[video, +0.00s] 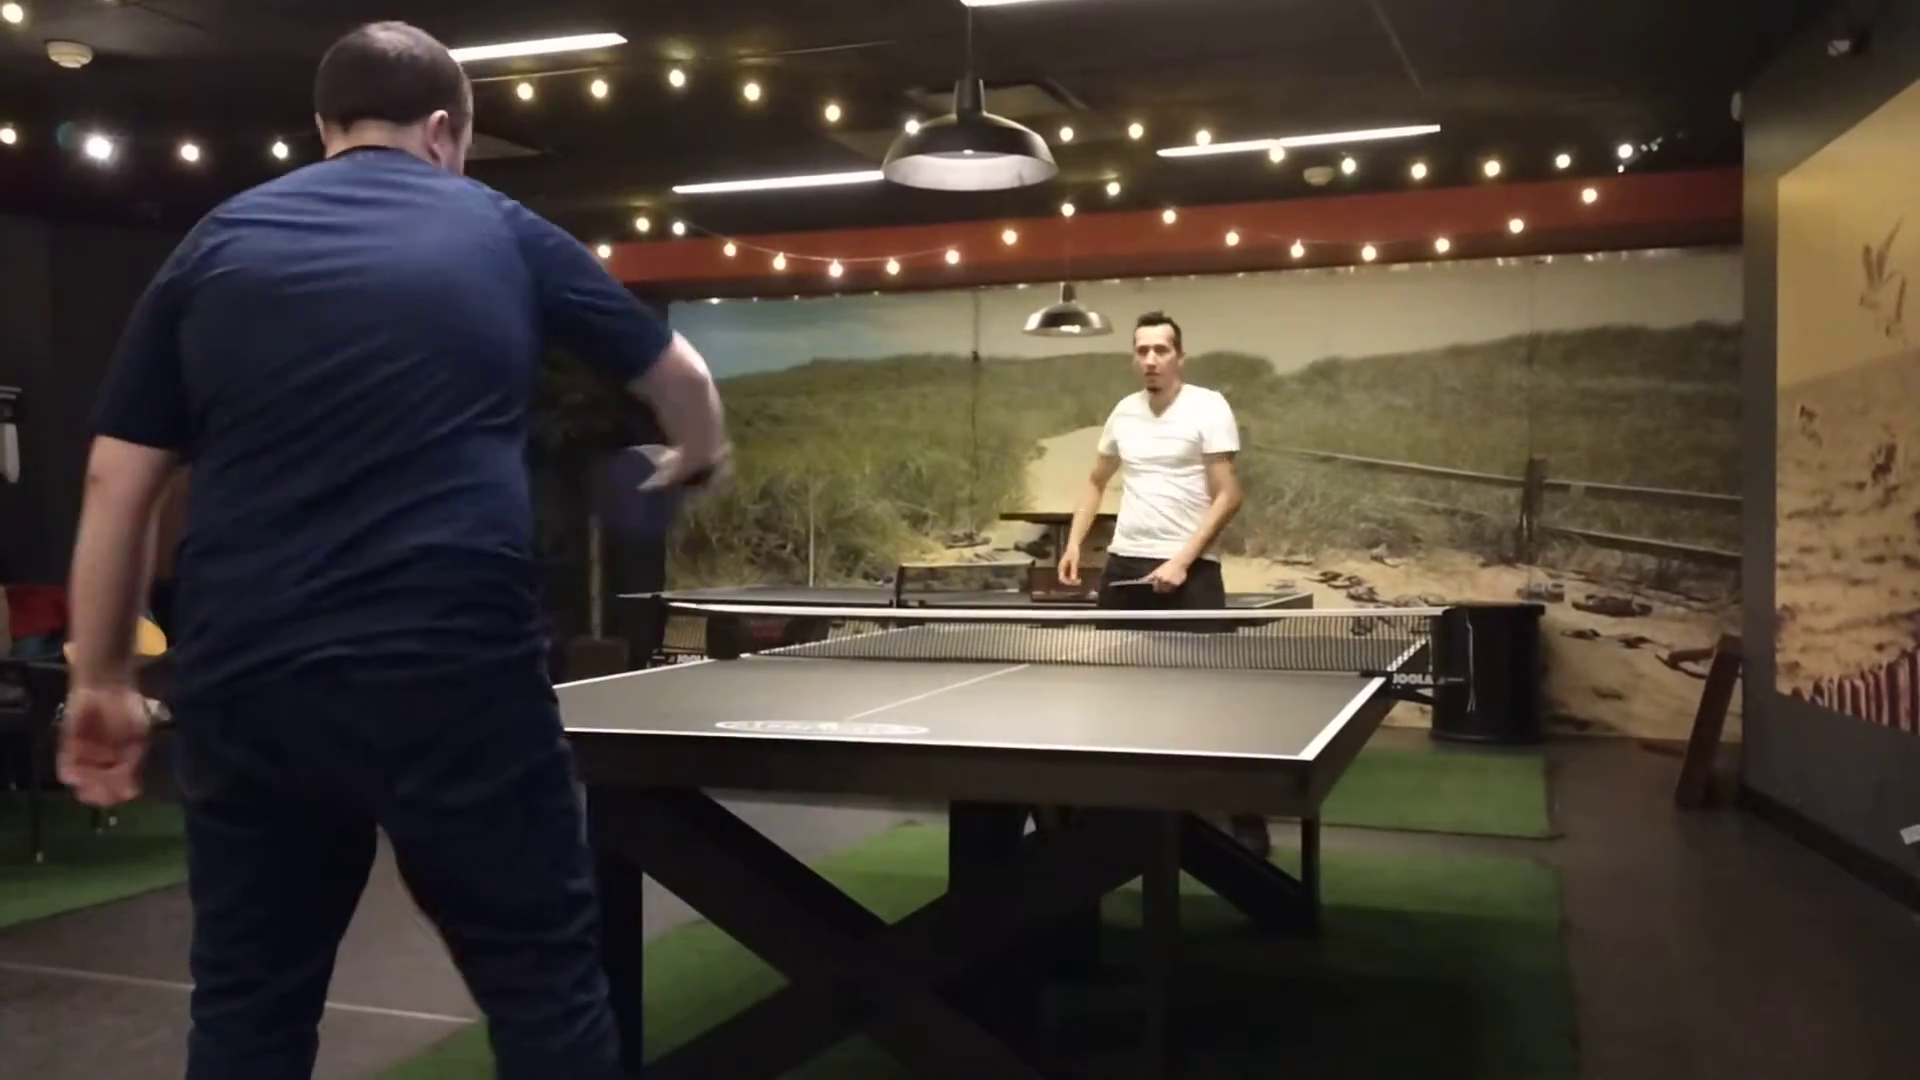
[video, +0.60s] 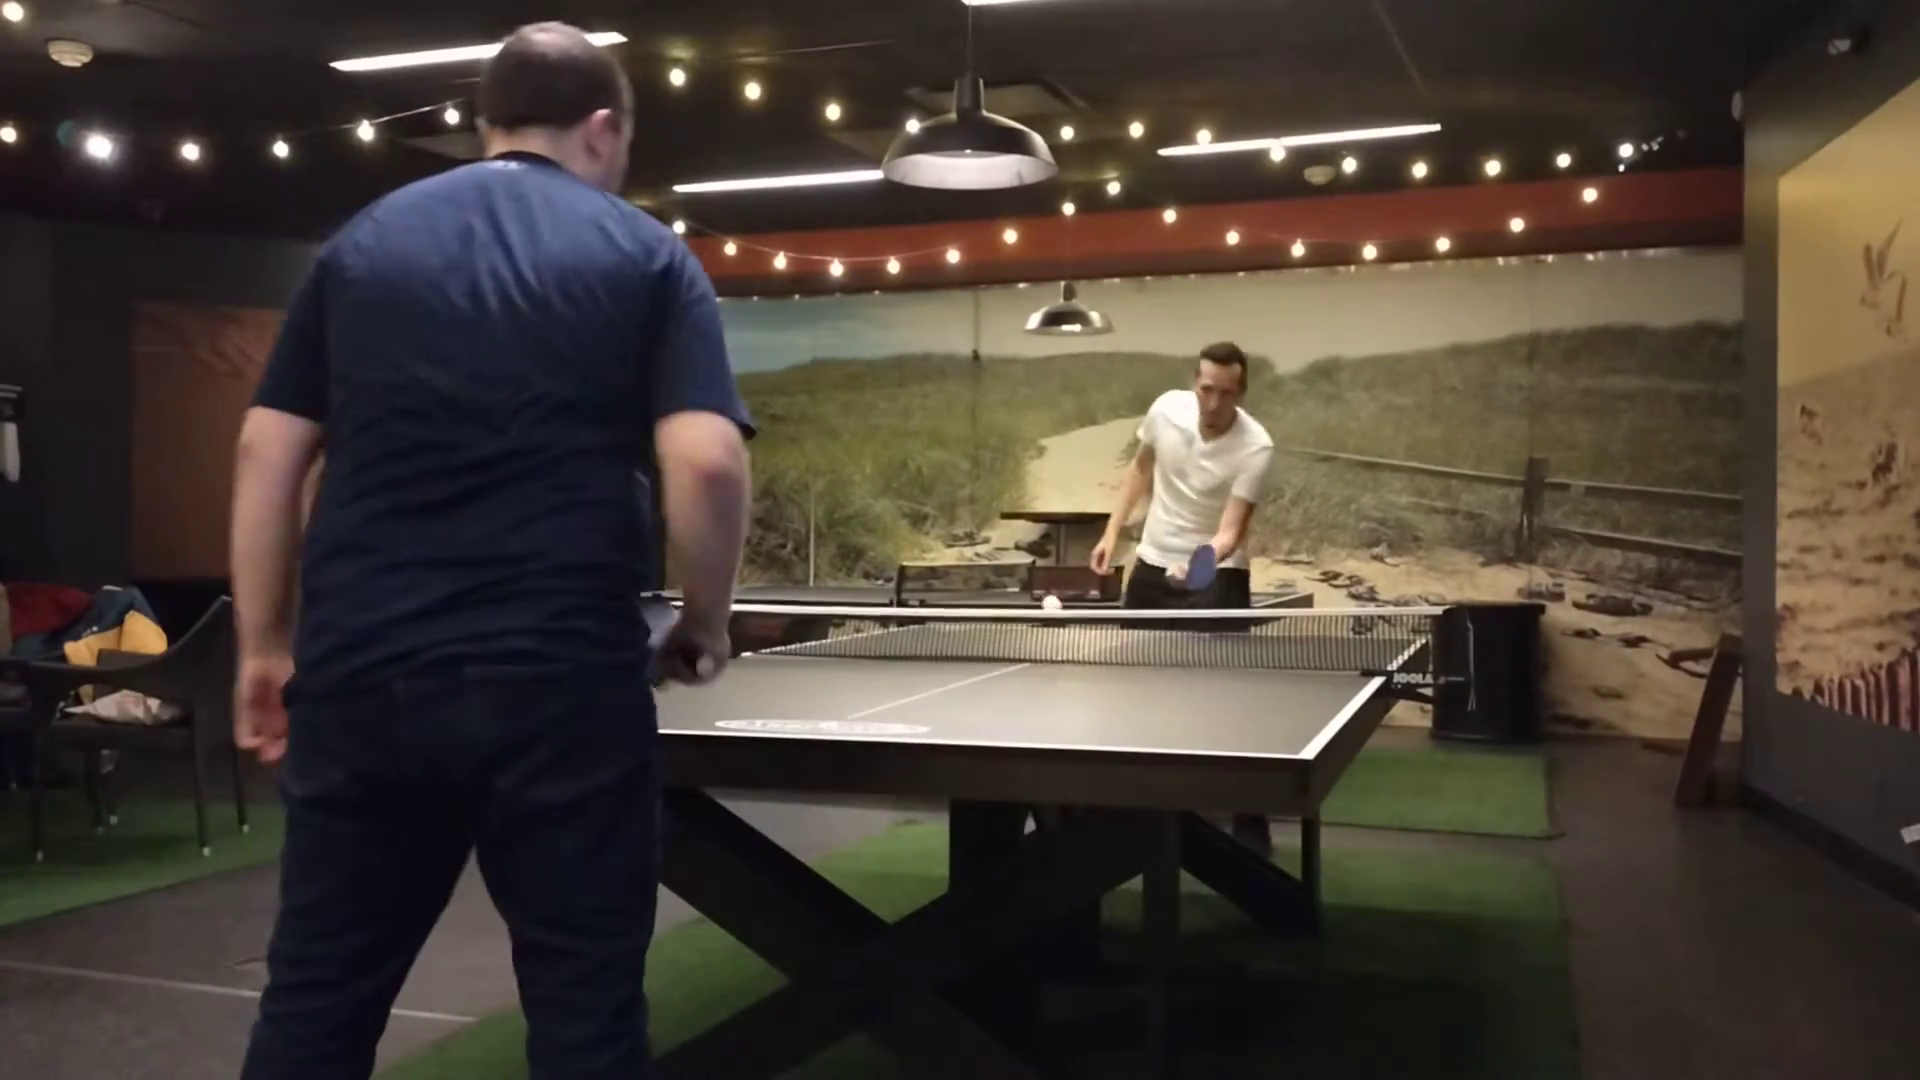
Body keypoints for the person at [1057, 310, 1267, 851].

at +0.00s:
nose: (1150, 359)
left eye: (1160, 350)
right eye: (1142, 350)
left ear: (1179, 356)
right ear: (1133, 358)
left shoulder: (1208, 407)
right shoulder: (1123, 414)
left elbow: (1228, 495)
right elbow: (1096, 482)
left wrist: (1183, 559)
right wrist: (1073, 544)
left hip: (1190, 573)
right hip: (1125, 571)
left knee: (1213, 692)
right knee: (1117, 688)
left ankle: (1246, 827)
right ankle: (1113, 818)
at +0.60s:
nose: (1212, 401)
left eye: (1224, 393)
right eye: (1205, 389)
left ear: (1241, 393)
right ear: (1194, 382)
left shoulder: (1254, 447)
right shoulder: (1168, 410)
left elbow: (1232, 530)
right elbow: (1141, 470)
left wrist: (1197, 565)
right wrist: (1111, 533)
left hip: (1216, 577)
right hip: (1152, 569)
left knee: (1227, 691)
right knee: (1130, 681)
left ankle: (1247, 827)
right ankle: (1119, 810)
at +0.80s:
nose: (1239, 400)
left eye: (1252, 392)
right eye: (1233, 387)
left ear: (1271, 391)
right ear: (1222, 379)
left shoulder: (1285, 445)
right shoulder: (1192, 407)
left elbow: (1262, 535)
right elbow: (1168, 464)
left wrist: (1216, 563)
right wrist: (1143, 534)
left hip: (1238, 573)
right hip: (1172, 562)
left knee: (1238, 690)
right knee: (1142, 676)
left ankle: (1250, 820)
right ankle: (1132, 807)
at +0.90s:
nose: (1251, 385)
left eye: (1264, 376)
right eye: (1245, 371)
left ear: (1282, 377)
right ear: (1232, 365)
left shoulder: (1297, 433)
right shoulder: (1201, 397)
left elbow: (1291, 528)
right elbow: (1175, 464)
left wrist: (1236, 570)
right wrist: (1155, 533)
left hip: (1248, 574)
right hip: (1176, 563)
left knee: (1244, 691)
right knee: (1147, 678)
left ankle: (1251, 822)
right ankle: (1141, 812)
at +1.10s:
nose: (1259, 357)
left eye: (1271, 347)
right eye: (1251, 345)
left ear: (1291, 351)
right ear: (1238, 343)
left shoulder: (1312, 416)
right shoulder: (1202, 390)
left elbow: (1320, 513)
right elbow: (1167, 461)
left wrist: (1299, 592)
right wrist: (1154, 533)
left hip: (1265, 568)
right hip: (1191, 560)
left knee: (1256, 698)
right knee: (1186, 690)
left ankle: (1252, 830)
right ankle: (1184, 824)